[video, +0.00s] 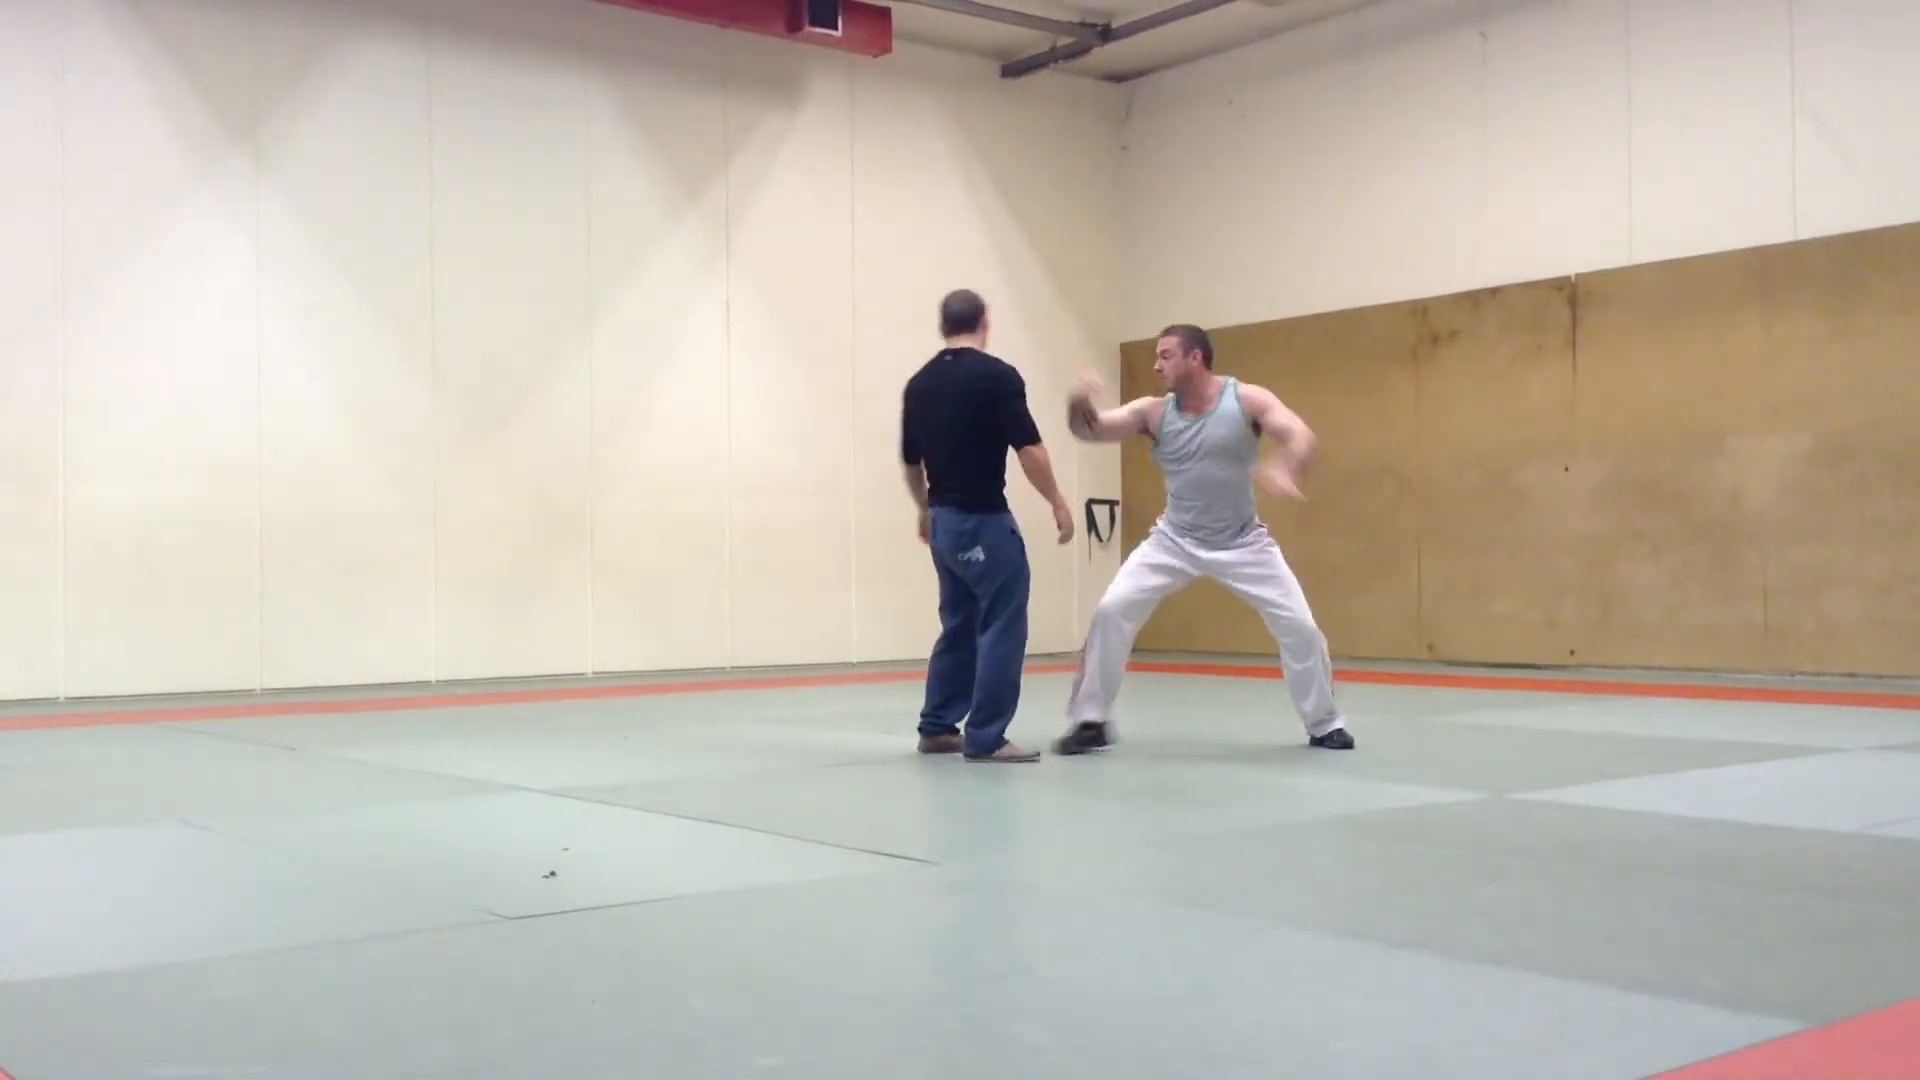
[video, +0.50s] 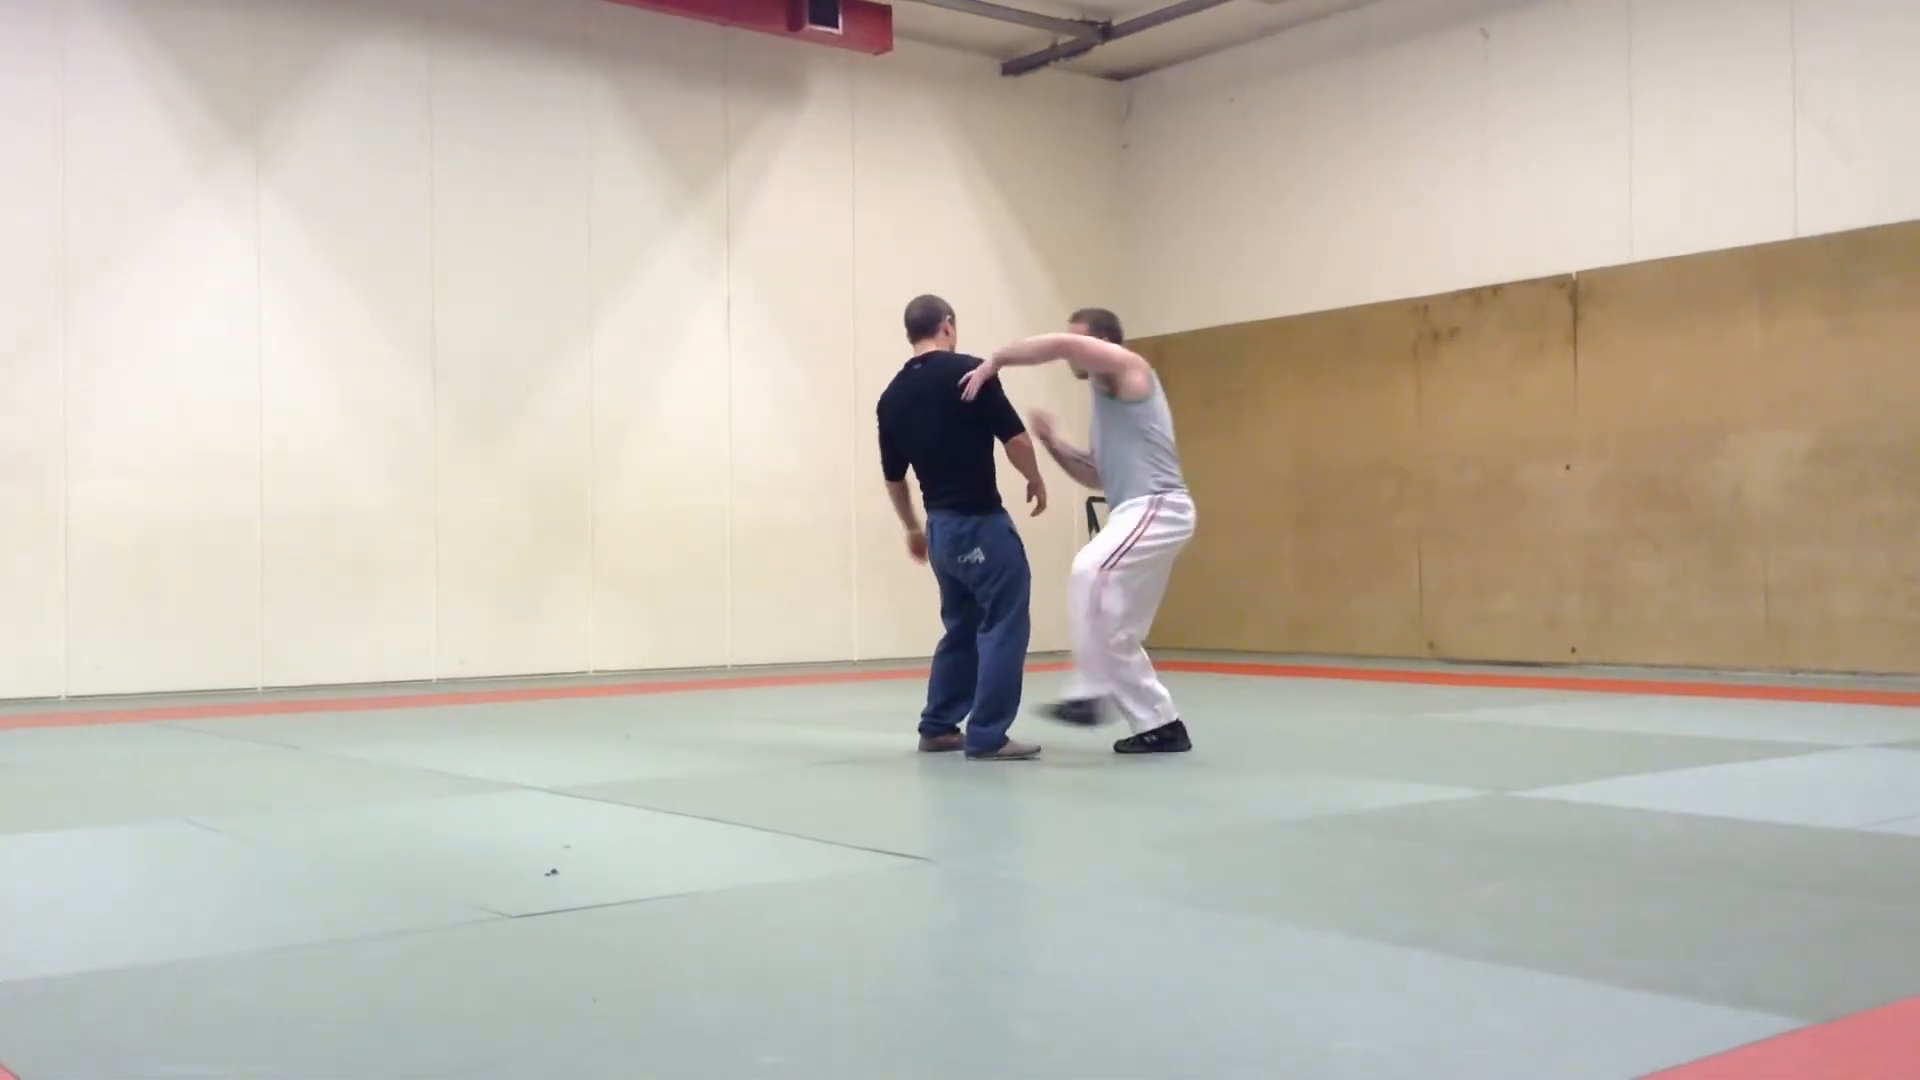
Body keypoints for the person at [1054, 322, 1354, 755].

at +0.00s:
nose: (1157, 365)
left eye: (1165, 356)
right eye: (1156, 357)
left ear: (1196, 359)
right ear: (1178, 362)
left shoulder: (1247, 399)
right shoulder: (1153, 411)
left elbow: (1300, 437)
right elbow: (1089, 429)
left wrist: (1284, 469)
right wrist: (1080, 403)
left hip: (1244, 544)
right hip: (1174, 541)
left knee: (1301, 629)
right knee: (1111, 610)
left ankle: (1324, 724)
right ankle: (1091, 722)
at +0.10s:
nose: (1142, 359)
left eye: (1150, 350)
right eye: (1141, 351)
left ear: (1180, 351)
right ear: (1150, 356)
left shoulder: (1222, 385)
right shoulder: (1143, 408)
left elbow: (1269, 408)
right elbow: (1088, 443)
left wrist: (1218, 403)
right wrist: (1092, 433)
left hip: (1235, 537)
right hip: (1171, 537)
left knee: (1291, 630)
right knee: (1113, 612)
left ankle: (1324, 724)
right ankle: (1159, 718)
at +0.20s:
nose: (1121, 354)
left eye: (1129, 344)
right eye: (1120, 345)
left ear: (1158, 344)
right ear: (1132, 349)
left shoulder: (1191, 386)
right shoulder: (1125, 406)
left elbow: (1210, 372)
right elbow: (1089, 457)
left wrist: (1130, 363)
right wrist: (1088, 447)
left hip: (1214, 527)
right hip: (1158, 531)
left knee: (1262, 623)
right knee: (1119, 623)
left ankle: (1326, 708)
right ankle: (1164, 726)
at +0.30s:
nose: (1103, 347)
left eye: (1110, 338)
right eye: (1101, 339)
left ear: (1140, 339)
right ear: (1110, 342)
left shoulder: (1176, 375)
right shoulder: (1119, 407)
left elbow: (1152, 359)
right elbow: (1104, 466)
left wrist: (1074, 349)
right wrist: (1089, 447)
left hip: (1195, 516)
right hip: (1147, 526)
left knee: (1200, 601)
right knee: (1118, 625)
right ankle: (1162, 726)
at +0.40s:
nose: (1086, 346)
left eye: (1093, 338)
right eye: (1085, 339)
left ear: (1119, 339)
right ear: (1098, 344)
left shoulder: (1155, 367)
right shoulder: (1113, 408)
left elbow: (1090, 344)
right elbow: (1113, 472)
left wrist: (1025, 348)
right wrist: (1076, 450)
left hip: (1177, 505)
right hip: (1140, 516)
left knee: (1128, 572)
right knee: (1111, 625)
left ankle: (1196, 643)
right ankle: (1160, 725)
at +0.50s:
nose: (1067, 346)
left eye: (1074, 339)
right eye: (1068, 340)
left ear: (1100, 338)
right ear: (1090, 340)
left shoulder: (1130, 366)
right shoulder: (1109, 398)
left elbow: (1062, 342)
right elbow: (1100, 477)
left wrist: (994, 361)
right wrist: (1054, 443)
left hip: (1157, 506)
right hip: (1138, 511)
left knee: (1090, 569)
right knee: (1112, 623)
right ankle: (1160, 725)